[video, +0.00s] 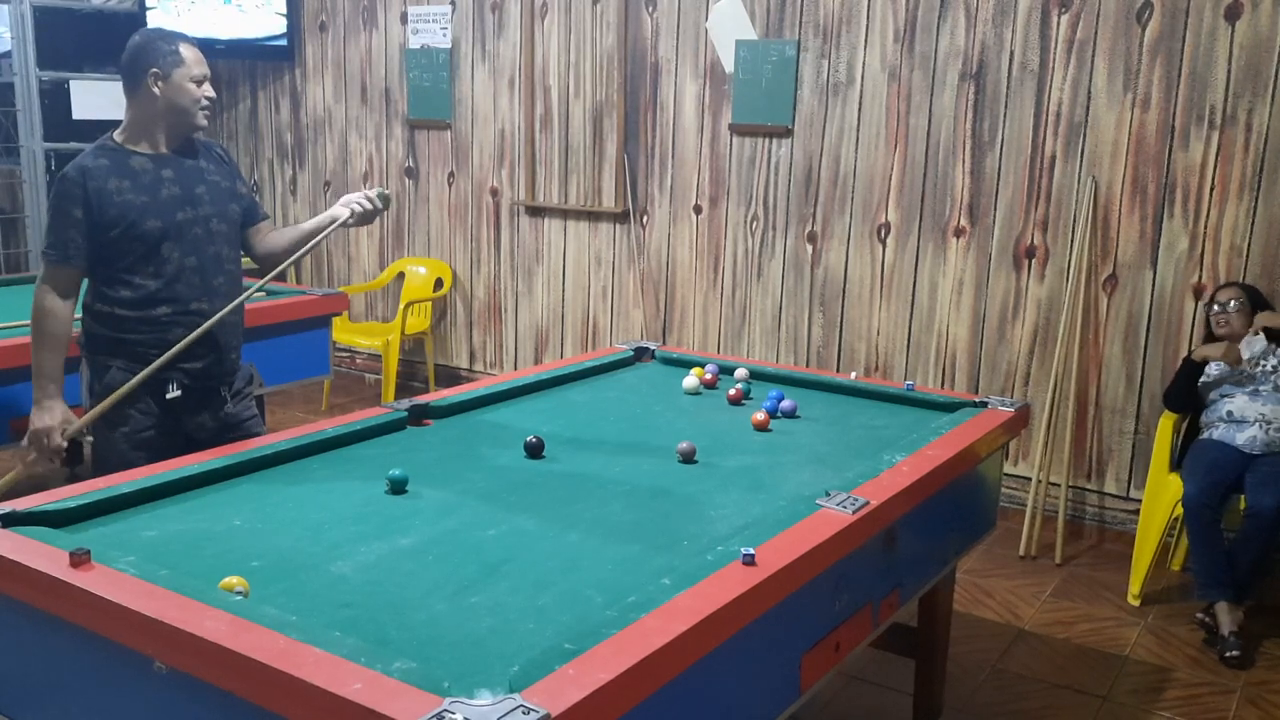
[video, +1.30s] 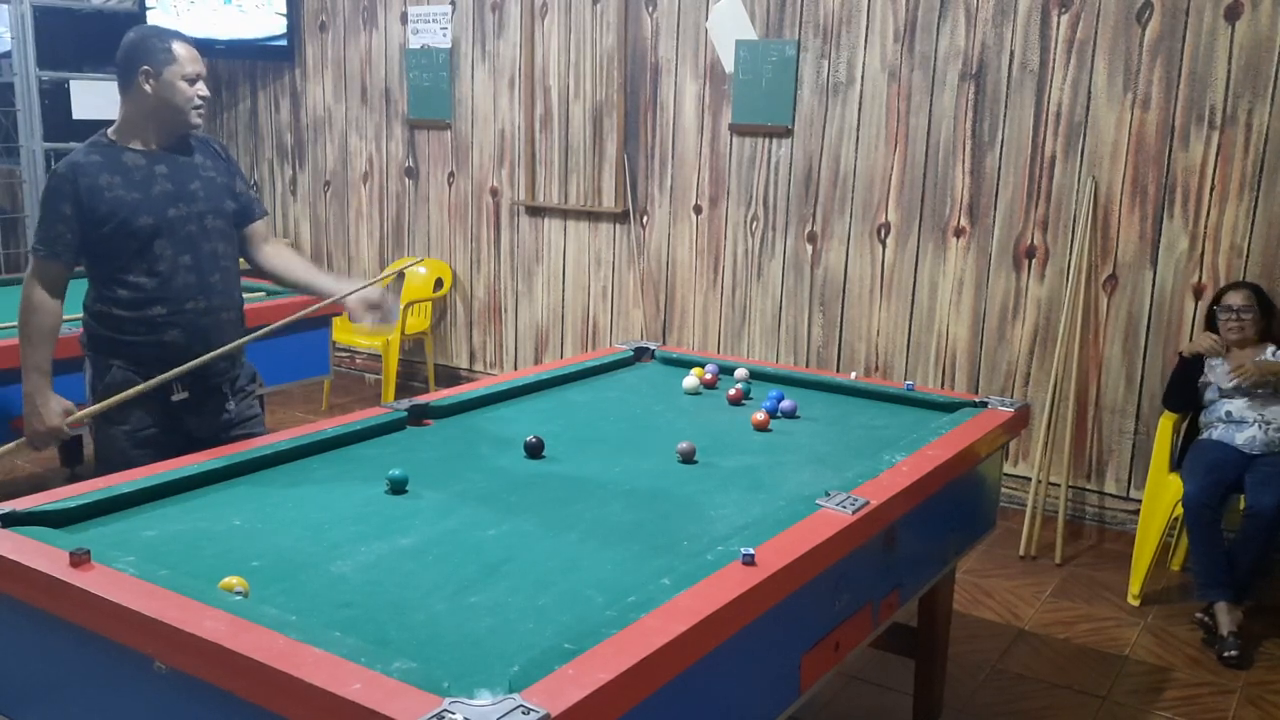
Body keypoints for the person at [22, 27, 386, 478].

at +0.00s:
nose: (212, 94)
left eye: (210, 83)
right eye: (200, 82)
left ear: (160, 84)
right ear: (156, 83)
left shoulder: (215, 160)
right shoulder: (87, 177)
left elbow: (265, 249)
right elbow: (56, 291)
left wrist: (335, 215)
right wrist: (47, 401)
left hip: (226, 386)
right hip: (132, 398)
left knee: (251, 534)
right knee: (141, 547)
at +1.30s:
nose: (205, 93)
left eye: (204, 82)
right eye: (192, 81)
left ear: (157, 81)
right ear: (146, 81)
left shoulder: (213, 157)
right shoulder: (80, 174)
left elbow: (265, 247)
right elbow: (45, 285)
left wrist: (347, 290)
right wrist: (37, 394)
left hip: (228, 386)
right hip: (134, 399)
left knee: (253, 539)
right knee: (144, 552)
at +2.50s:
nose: (234, 92)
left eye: (237, 81)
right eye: (217, 79)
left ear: (241, 85)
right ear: (172, 84)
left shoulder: (254, 158)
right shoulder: (129, 179)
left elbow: (293, 257)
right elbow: (110, 292)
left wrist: (340, 337)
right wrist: (108, 398)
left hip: (271, 377)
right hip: (182, 385)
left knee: (292, 527)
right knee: (186, 527)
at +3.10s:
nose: (286, 88)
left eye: (293, 77)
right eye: (270, 76)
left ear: (301, 84)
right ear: (234, 82)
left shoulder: (307, 165)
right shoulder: (202, 171)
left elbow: (322, 261)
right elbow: (189, 277)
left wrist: (364, 337)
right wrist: (185, 385)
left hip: (317, 362)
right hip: (249, 364)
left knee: (321, 493)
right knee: (265, 500)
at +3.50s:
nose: (313, 94)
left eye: (322, 83)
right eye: (298, 81)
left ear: (331, 90)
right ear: (267, 83)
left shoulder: (330, 167)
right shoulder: (229, 161)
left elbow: (354, 255)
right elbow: (195, 252)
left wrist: (407, 313)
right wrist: (205, 335)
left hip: (325, 357)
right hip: (261, 357)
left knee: (327, 485)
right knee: (280, 488)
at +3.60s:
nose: (316, 94)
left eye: (326, 85)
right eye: (303, 81)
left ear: (336, 92)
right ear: (272, 84)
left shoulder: (334, 167)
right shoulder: (235, 155)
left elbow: (373, 241)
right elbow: (195, 238)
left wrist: (411, 252)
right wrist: (209, 295)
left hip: (325, 349)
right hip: (263, 348)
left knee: (324, 472)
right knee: (280, 474)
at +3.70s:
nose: (319, 94)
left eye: (329, 86)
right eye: (306, 82)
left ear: (339, 94)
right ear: (276, 84)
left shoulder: (341, 167)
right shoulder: (238, 152)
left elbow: (402, 219)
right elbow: (190, 222)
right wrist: (212, 238)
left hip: (325, 350)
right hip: (261, 348)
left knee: (326, 475)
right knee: (282, 474)